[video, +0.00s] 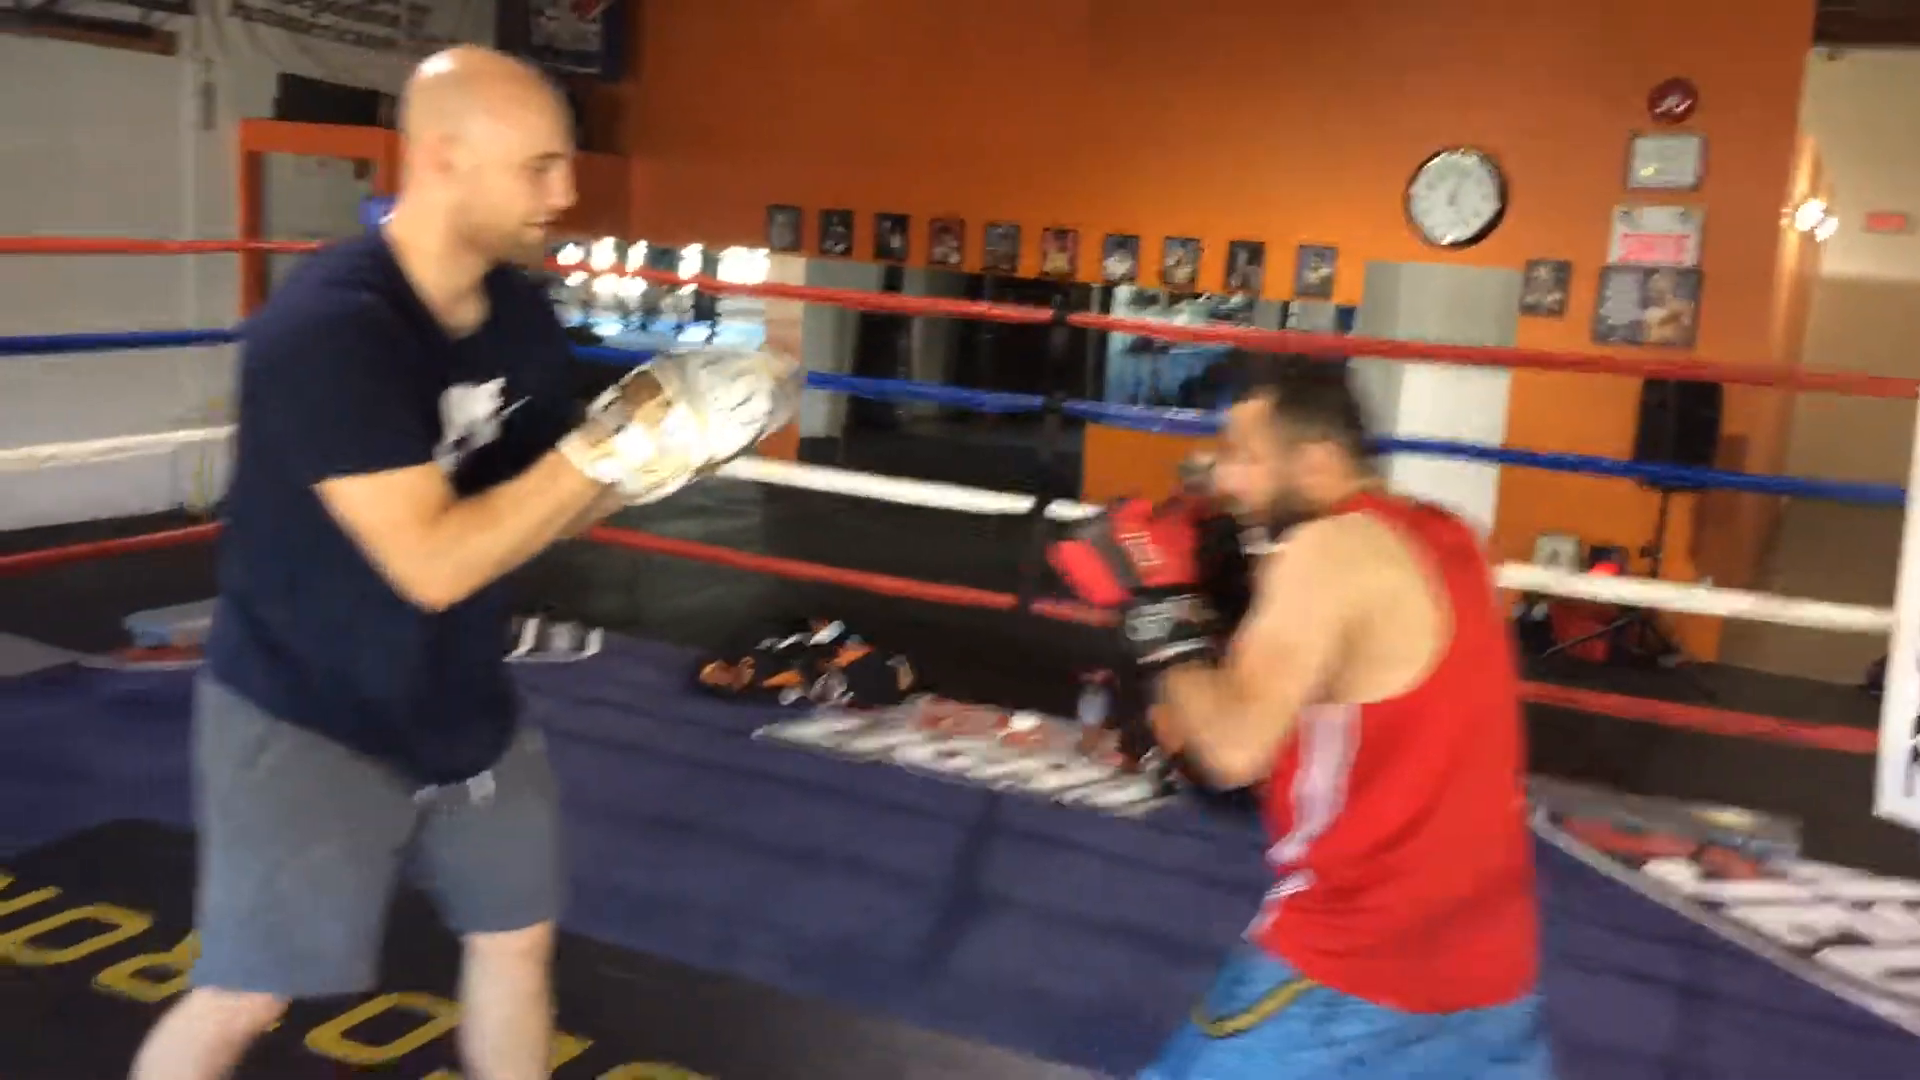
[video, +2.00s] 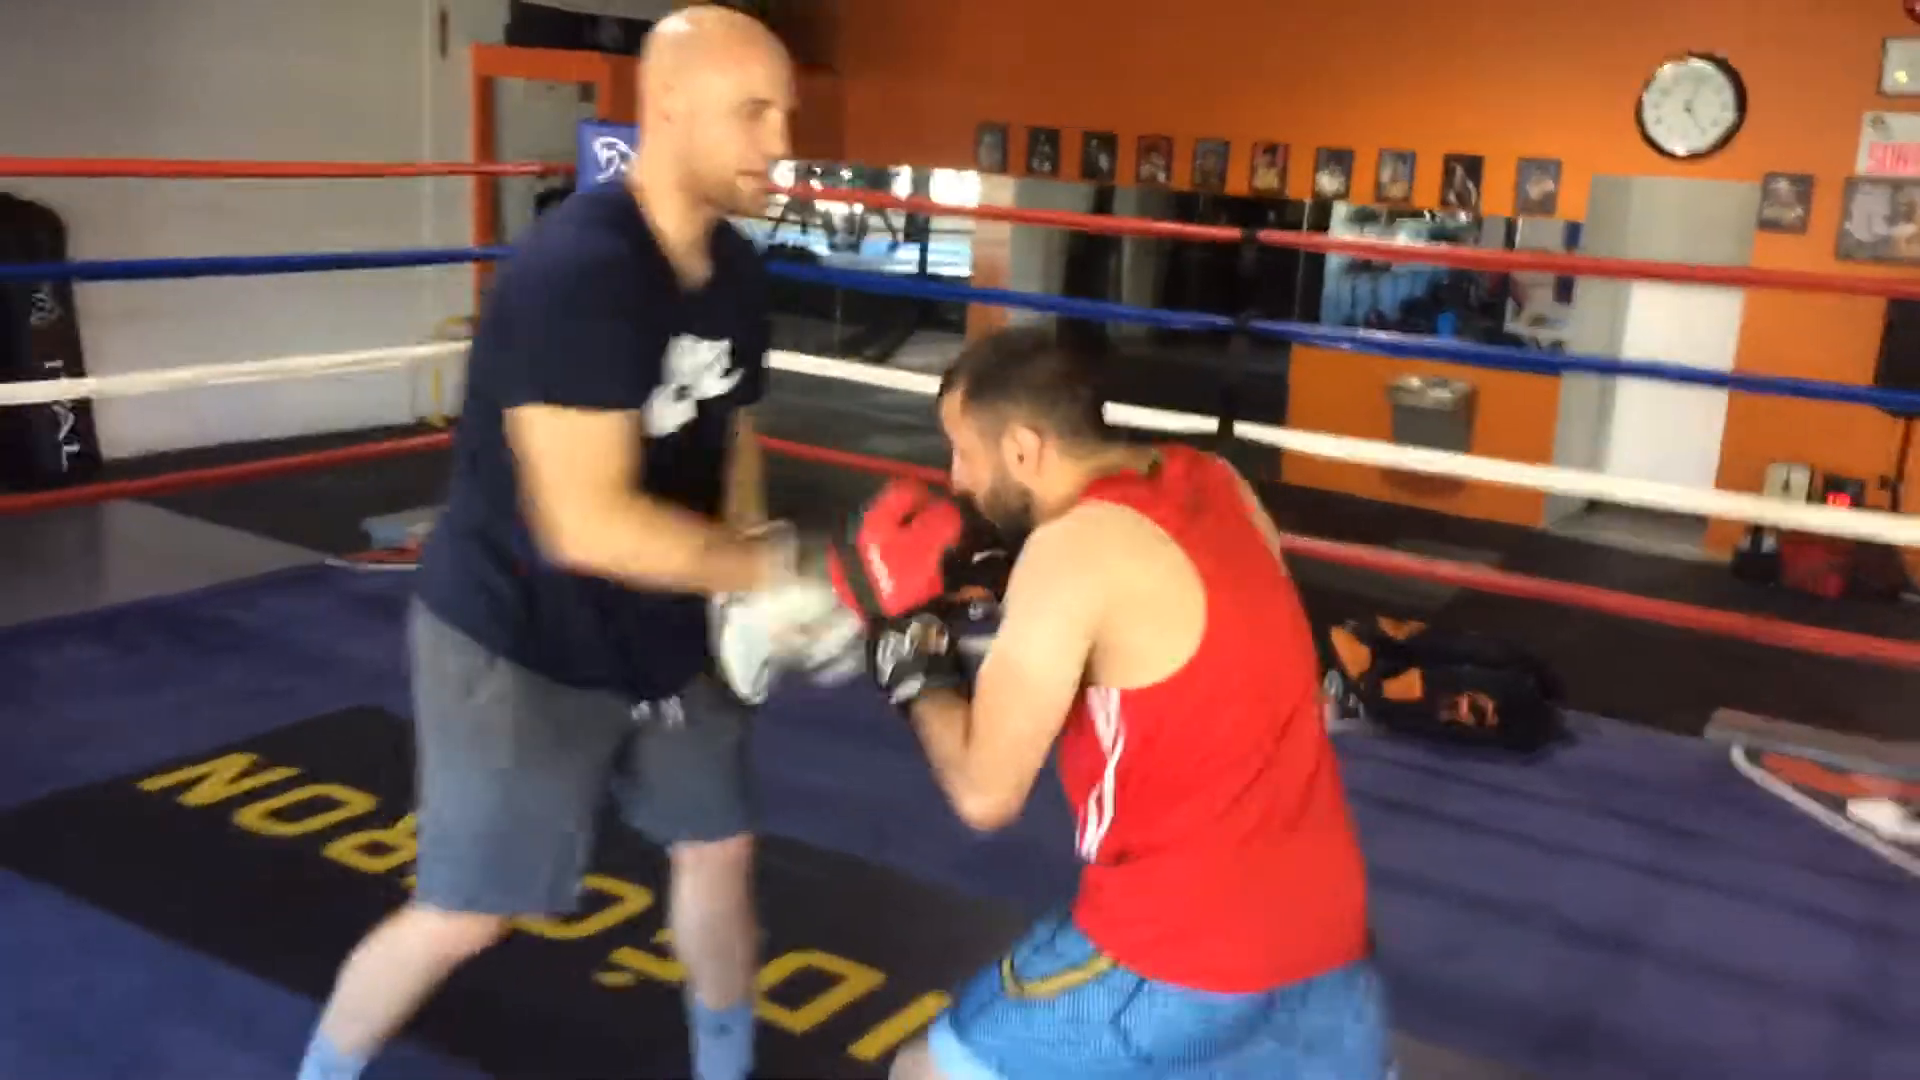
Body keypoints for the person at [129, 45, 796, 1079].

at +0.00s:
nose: (565, 195)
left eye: (565, 166)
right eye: (539, 167)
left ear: (454, 163)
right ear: (441, 161)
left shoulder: (515, 305)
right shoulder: (324, 329)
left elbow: (546, 487)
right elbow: (432, 564)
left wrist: (680, 412)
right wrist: (607, 455)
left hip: (461, 695)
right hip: (299, 712)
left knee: (514, 931)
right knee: (244, 992)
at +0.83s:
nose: (672, 214)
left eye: (674, 184)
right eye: (645, 184)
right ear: (552, 176)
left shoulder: (641, 319)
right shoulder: (430, 336)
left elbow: (654, 483)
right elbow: (422, 595)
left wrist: (781, 419)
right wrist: (616, 517)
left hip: (540, 660)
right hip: (389, 687)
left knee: (638, 893)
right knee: (377, 978)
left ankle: (647, 1075)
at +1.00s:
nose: (723, 215)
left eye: (725, 185)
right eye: (696, 183)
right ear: (604, 179)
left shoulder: (689, 343)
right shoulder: (489, 332)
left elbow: (721, 541)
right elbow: (438, 575)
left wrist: (859, 540)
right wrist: (621, 485)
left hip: (577, 696)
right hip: (422, 704)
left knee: (657, 902)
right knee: (388, 987)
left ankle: (665, 1076)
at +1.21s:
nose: (793, 239)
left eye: (797, 212)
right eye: (769, 212)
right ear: (678, 199)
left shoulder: (677, 319)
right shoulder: (655, 333)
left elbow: (693, 490)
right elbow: (914, 465)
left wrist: (670, 573)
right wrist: (1105, 501)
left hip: (612, 674)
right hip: (473, 689)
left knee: (660, 898)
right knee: (452, 971)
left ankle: (668, 1079)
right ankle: (334, 1070)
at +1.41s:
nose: (833, 238)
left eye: (841, 211)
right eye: (810, 208)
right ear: (724, 186)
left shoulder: (756, 316)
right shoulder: (694, 335)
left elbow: (752, 530)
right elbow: (867, 531)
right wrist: (979, 529)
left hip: (627, 652)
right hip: (508, 668)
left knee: (684, 903)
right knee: (487, 962)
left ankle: (680, 1074)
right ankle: (352, 1071)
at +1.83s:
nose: (836, 179)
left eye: (843, 151)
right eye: (814, 148)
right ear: (729, 131)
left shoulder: (760, 280)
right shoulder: (664, 277)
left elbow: (759, 483)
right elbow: (763, 514)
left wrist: (775, 587)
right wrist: (901, 516)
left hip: (658, 624)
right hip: (516, 627)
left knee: (701, 843)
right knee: (480, 912)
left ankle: (694, 1071)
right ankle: (309, 1071)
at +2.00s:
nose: (777, 145)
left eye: (783, 116)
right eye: (751, 112)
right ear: (662, 112)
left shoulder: (732, 272)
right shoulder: (572, 267)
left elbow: (734, 464)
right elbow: (583, 525)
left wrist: (747, 594)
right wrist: (781, 566)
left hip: (663, 616)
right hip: (511, 629)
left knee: (718, 849)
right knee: (471, 905)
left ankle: (724, 1069)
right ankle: (320, 1069)